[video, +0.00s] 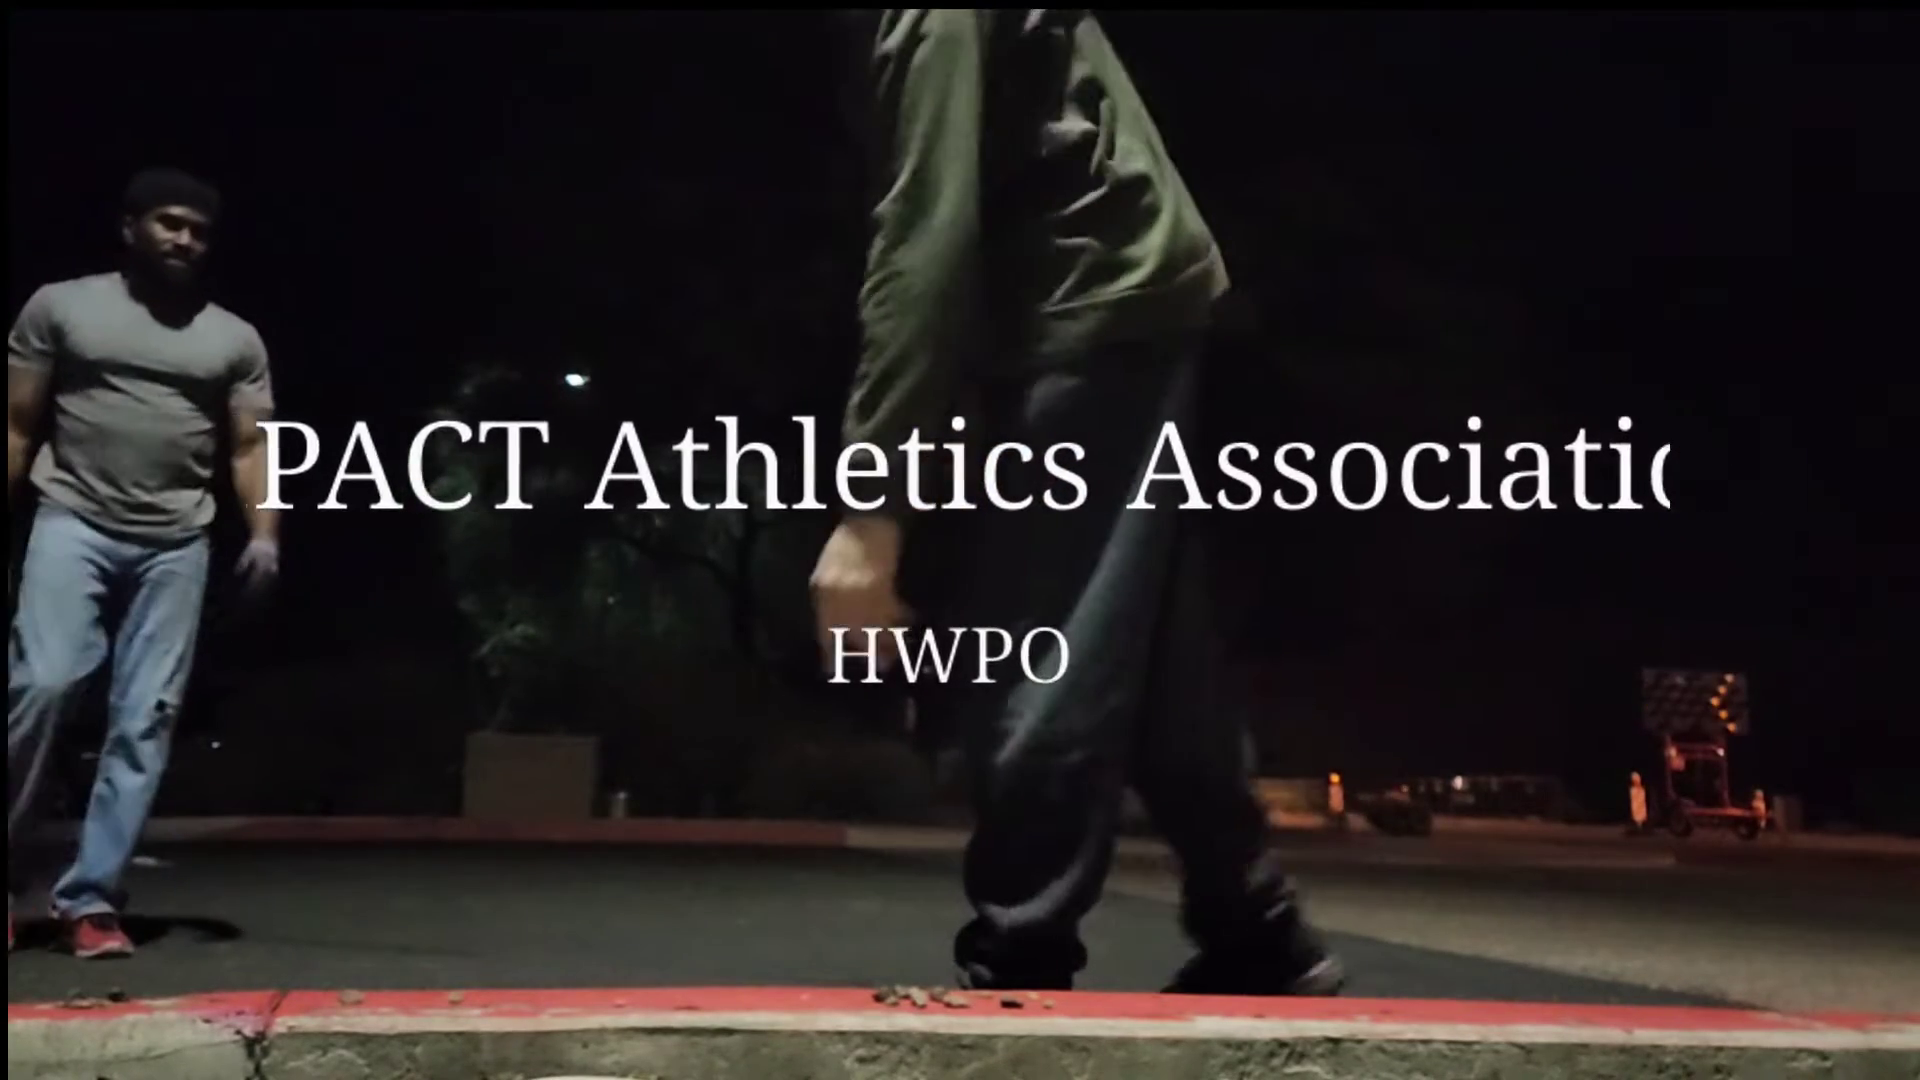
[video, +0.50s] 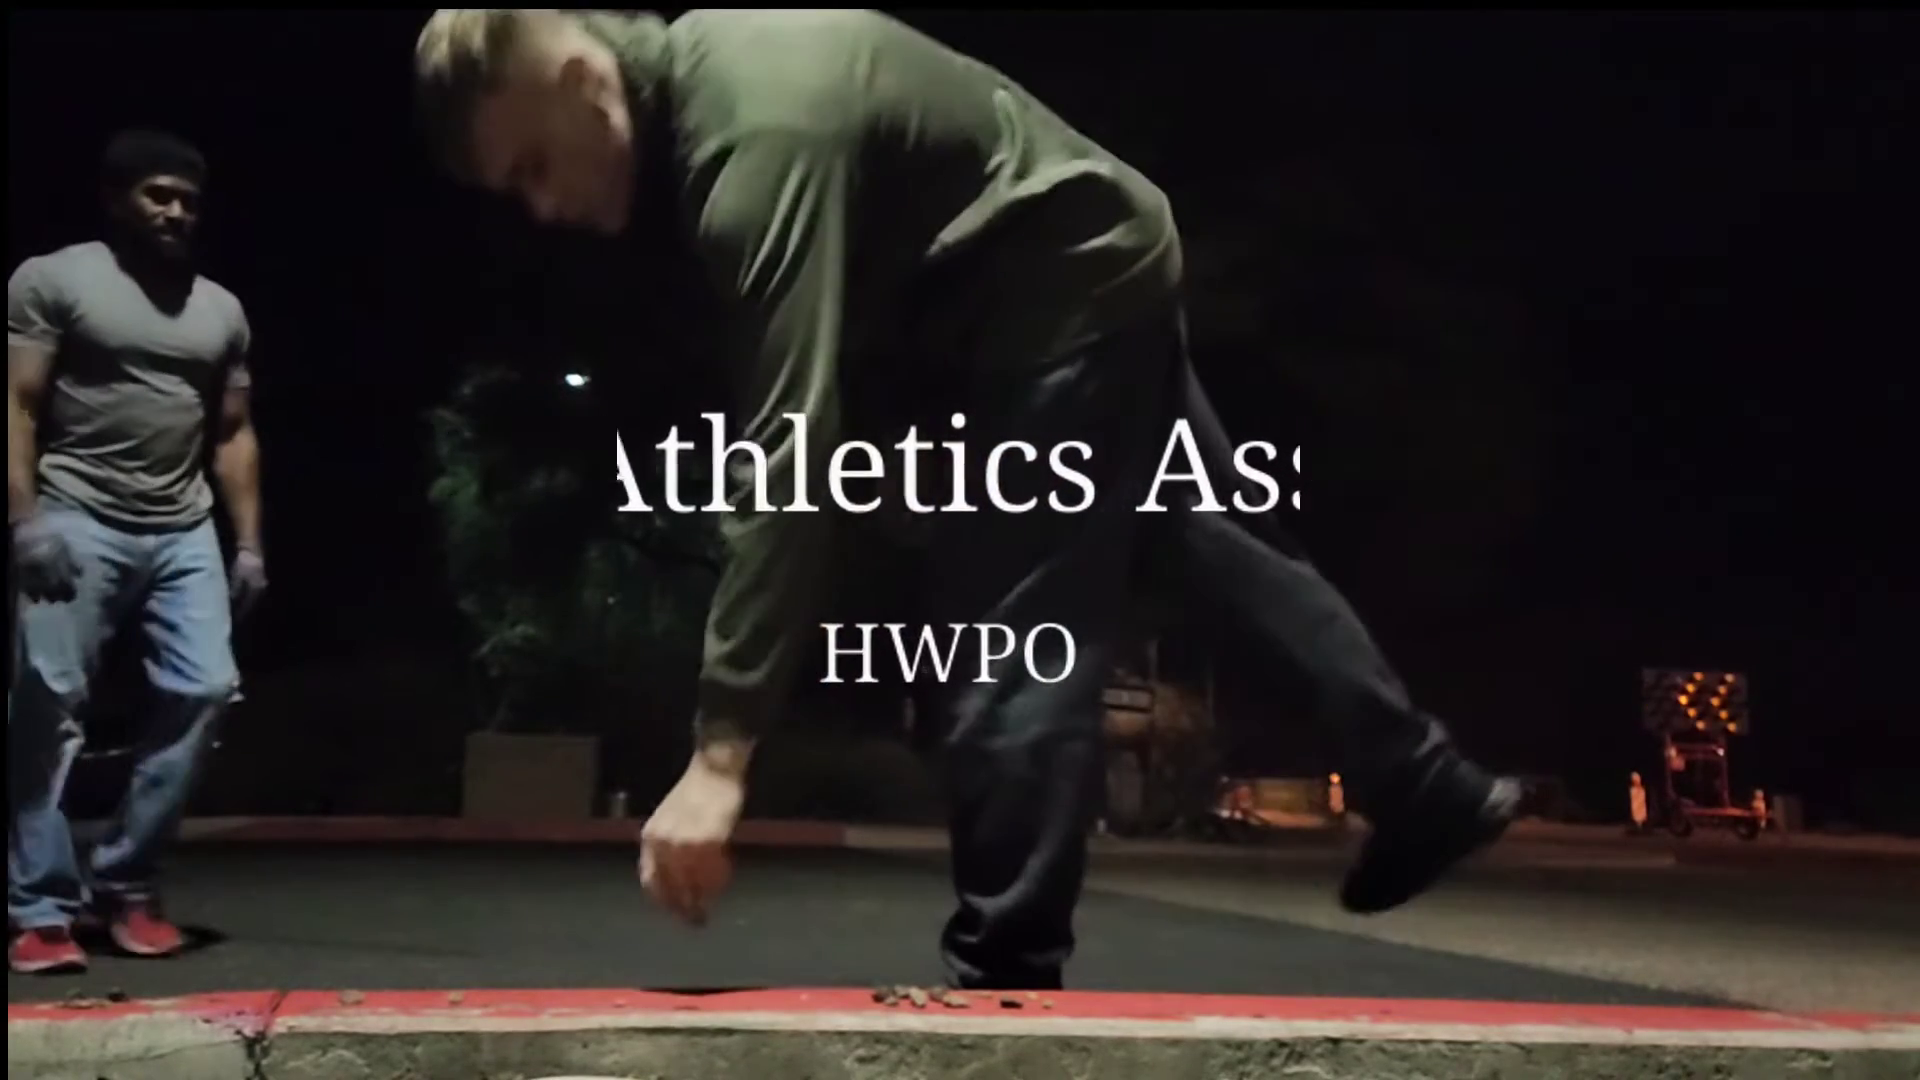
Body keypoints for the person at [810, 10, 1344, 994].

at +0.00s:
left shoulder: (937, 24)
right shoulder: (914, 32)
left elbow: (926, 241)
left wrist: (867, 517)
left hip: (1106, 307)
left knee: (1042, 645)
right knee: (1141, 631)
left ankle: (1018, 960)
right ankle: (1251, 931)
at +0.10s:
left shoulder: (882, 22)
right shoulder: (861, 29)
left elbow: (896, 262)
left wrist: (836, 552)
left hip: (1105, 290)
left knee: (1042, 627)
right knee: (1172, 609)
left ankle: (1019, 952)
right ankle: (1294, 907)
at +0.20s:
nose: (611, 32)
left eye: (614, 10)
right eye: (600, 22)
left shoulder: (835, 36)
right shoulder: (806, 38)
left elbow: (866, 315)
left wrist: (802, 605)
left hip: (1093, 290)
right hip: (1087, 288)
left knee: (1040, 625)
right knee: (1194, 597)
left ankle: (1015, 957)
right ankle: (1338, 877)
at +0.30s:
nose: (577, 89)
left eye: (571, 54)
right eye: (556, 73)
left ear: (636, 4)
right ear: (631, 22)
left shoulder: (805, 68)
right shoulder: (770, 57)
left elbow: (837, 374)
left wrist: (768, 666)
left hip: (1088, 292)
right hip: (1078, 288)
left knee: (1031, 628)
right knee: (1202, 582)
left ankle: (1017, 951)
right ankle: (1370, 840)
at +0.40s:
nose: (557, 151)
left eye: (548, 111)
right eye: (529, 133)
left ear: (608, 30)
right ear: (600, 36)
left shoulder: (783, 103)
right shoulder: (725, 68)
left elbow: (812, 428)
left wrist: (741, 712)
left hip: (1089, 299)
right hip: (1063, 296)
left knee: (1027, 632)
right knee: (1206, 567)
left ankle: (1011, 960)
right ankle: (1402, 814)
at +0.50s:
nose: (541, 207)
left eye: (533, 167)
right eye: (513, 188)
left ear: (591, 79)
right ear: (586, 78)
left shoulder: (765, 138)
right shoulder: (685, 74)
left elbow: (786, 469)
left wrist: (719, 757)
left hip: (1080, 278)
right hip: (1042, 280)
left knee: (1022, 620)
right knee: (1201, 544)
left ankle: (1006, 953)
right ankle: (1422, 782)